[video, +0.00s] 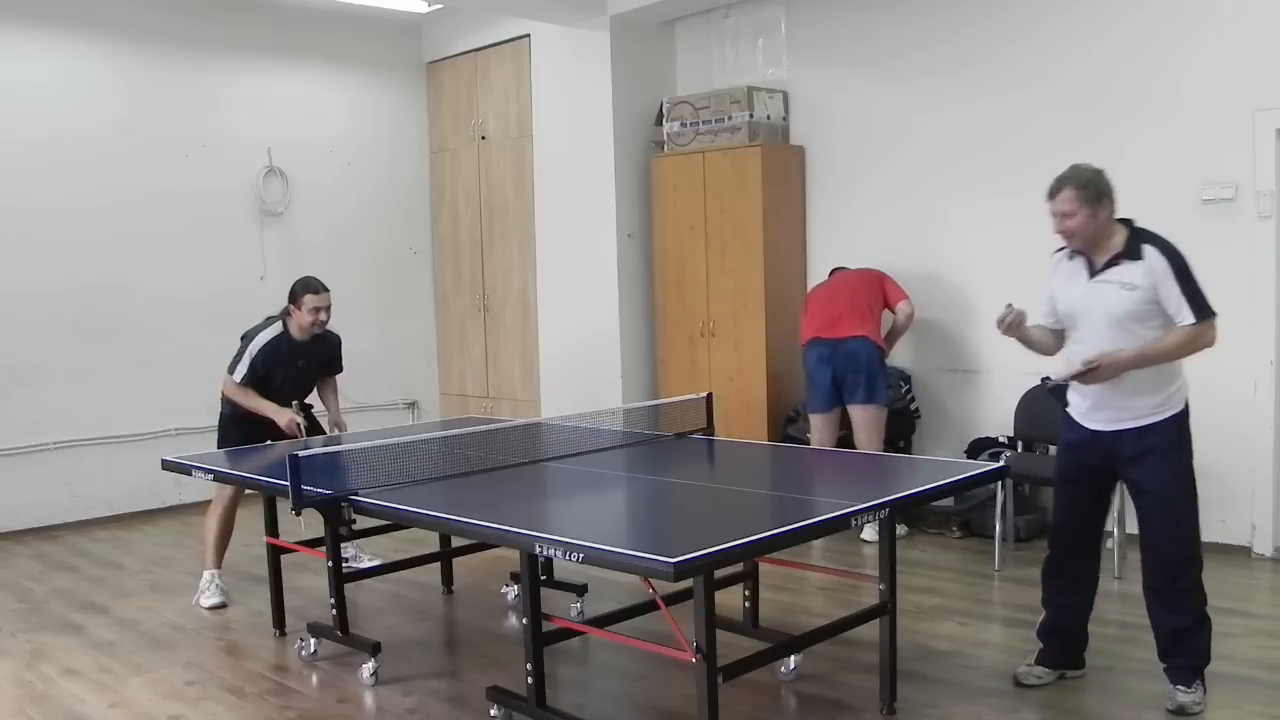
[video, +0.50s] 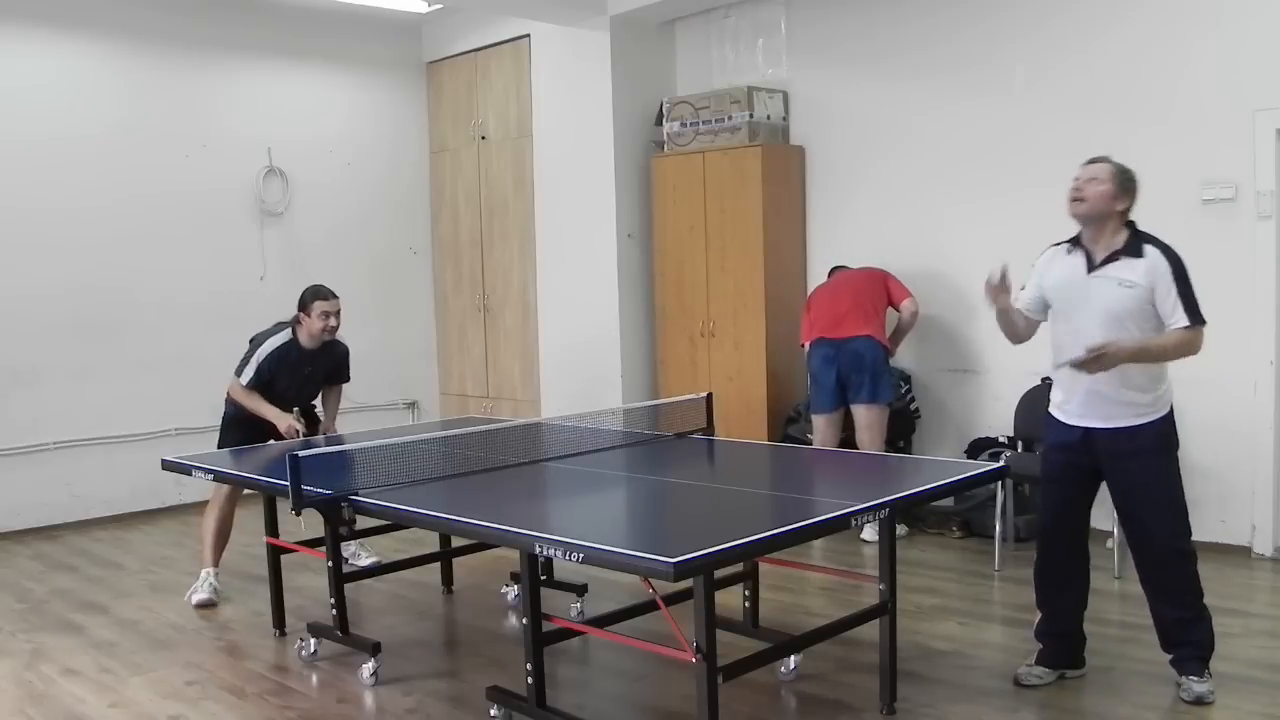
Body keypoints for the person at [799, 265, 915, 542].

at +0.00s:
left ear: (829, 279)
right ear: (853, 272)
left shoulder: (814, 292)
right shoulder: (874, 276)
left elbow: (804, 333)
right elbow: (905, 309)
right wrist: (886, 345)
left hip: (817, 354)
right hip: (861, 351)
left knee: (820, 446)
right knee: (870, 448)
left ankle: (817, 520)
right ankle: (872, 521)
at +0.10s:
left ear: (830, 279)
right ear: (854, 271)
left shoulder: (816, 292)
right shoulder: (877, 275)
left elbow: (804, 342)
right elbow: (908, 309)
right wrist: (890, 344)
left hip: (820, 355)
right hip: (864, 351)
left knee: (822, 447)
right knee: (870, 447)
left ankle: (819, 520)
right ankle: (873, 520)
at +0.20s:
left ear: (830, 279)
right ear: (854, 271)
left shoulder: (816, 293)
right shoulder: (878, 275)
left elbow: (806, 343)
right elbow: (910, 308)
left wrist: (817, 383)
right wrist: (893, 343)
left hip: (821, 355)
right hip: (866, 352)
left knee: (823, 447)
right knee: (871, 448)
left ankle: (817, 520)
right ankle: (872, 520)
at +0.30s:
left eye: (831, 278)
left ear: (830, 279)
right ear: (854, 271)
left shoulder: (816, 292)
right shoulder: (878, 274)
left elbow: (807, 343)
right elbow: (910, 308)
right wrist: (893, 344)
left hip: (822, 356)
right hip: (867, 352)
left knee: (823, 447)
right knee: (872, 448)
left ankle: (817, 520)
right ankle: (873, 521)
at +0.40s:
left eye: (831, 277)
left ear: (829, 278)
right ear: (854, 271)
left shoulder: (816, 293)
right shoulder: (877, 274)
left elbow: (808, 342)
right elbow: (910, 307)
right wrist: (892, 343)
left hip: (822, 356)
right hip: (866, 352)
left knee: (823, 446)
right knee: (871, 447)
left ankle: (817, 519)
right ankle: (873, 520)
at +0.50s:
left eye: (831, 278)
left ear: (829, 279)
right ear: (853, 270)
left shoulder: (815, 293)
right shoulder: (877, 274)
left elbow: (807, 343)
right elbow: (909, 308)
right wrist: (892, 343)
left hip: (822, 356)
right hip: (867, 352)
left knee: (823, 447)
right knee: (871, 447)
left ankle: (818, 520)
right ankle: (873, 521)